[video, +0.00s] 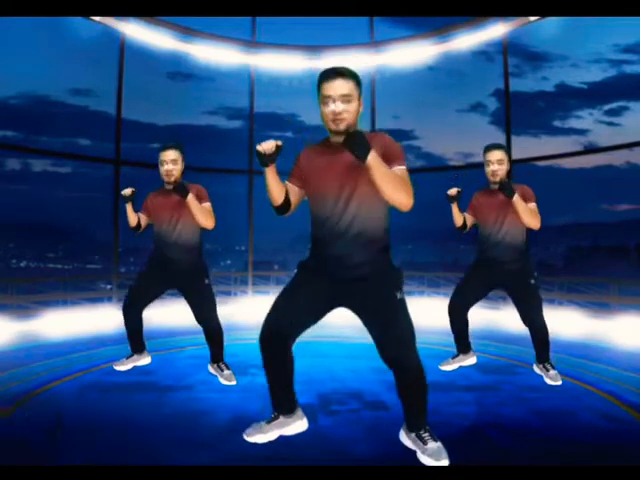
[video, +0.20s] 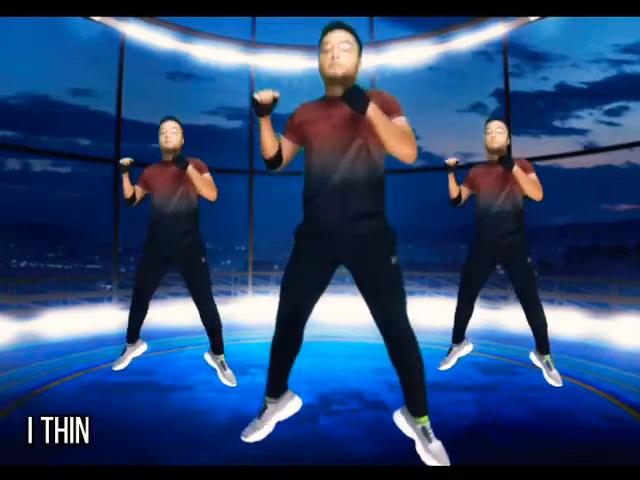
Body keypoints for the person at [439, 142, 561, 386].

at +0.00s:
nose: (494, 168)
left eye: (499, 162)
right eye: (489, 163)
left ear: (508, 165)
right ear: (484, 167)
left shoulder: (522, 192)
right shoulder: (479, 197)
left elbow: (534, 223)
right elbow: (462, 226)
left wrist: (513, 196)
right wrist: (454, 202)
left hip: (517, 269)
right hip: (486, 268)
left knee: (535, 320)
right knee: (456, 307)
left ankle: (543, 363)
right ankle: (464, 353)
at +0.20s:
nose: (494, 135)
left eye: (500, 131)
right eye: (490, 132)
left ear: (509, 138)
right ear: (484, 139)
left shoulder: (521, 166)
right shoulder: (477, 172)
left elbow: (537, 195)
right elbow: (457, 199)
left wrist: (512, 167)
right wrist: (451, 173)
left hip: (514, 244)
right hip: (484, 244)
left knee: (530, 299)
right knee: (466, 295)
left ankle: (543, 354)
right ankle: (458, 343)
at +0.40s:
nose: (492, 152)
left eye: (497, 147)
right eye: (488, 148)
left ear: (506, 151)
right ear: (482, 152)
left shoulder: (520, 180)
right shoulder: (476, 185)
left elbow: (532, 208)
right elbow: (455, 212)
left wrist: (509, 179)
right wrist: (449, 185)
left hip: (514, 256)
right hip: (483, 255)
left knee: (530, 310)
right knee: (463, 305)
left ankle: (539, 363)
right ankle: (463, 353)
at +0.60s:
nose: (495, 158)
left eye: (500, 153)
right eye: (490, 153)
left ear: (510, 156)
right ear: (486, 158)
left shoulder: (523, 185)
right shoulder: (481, 191)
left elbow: (531, 218)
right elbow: (466, 219)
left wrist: (511, 192)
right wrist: (456, 205)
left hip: (516, 263)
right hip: (484, 261)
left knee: (530, 316)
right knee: (463, 305)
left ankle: (538, 365)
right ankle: (463, 353)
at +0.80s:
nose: (498, 157)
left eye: (503, 152)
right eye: (493, 152)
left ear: (512, 154)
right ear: (489, 156)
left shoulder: (527, 181)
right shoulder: (484, 186)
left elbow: (536, 213)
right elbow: (475, 212)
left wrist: (513, 191)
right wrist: (476, 190)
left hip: (518, 260)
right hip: (487, 258)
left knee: (531, 315)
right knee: (464, 302)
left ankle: (538, 366)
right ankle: (462, 350)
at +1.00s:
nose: (500, 156)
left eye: (505, 151)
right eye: (496, 152)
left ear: (514, 154)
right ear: (490, 155)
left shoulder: (526, 182)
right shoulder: (477, 180)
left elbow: (538, 212)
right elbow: (448, 191)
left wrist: (517, 187)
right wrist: (434, 179)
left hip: (516, 259)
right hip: (485, 256)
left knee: (531, 314)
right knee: (460, 302)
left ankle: (539, 365)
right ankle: (467, 353)